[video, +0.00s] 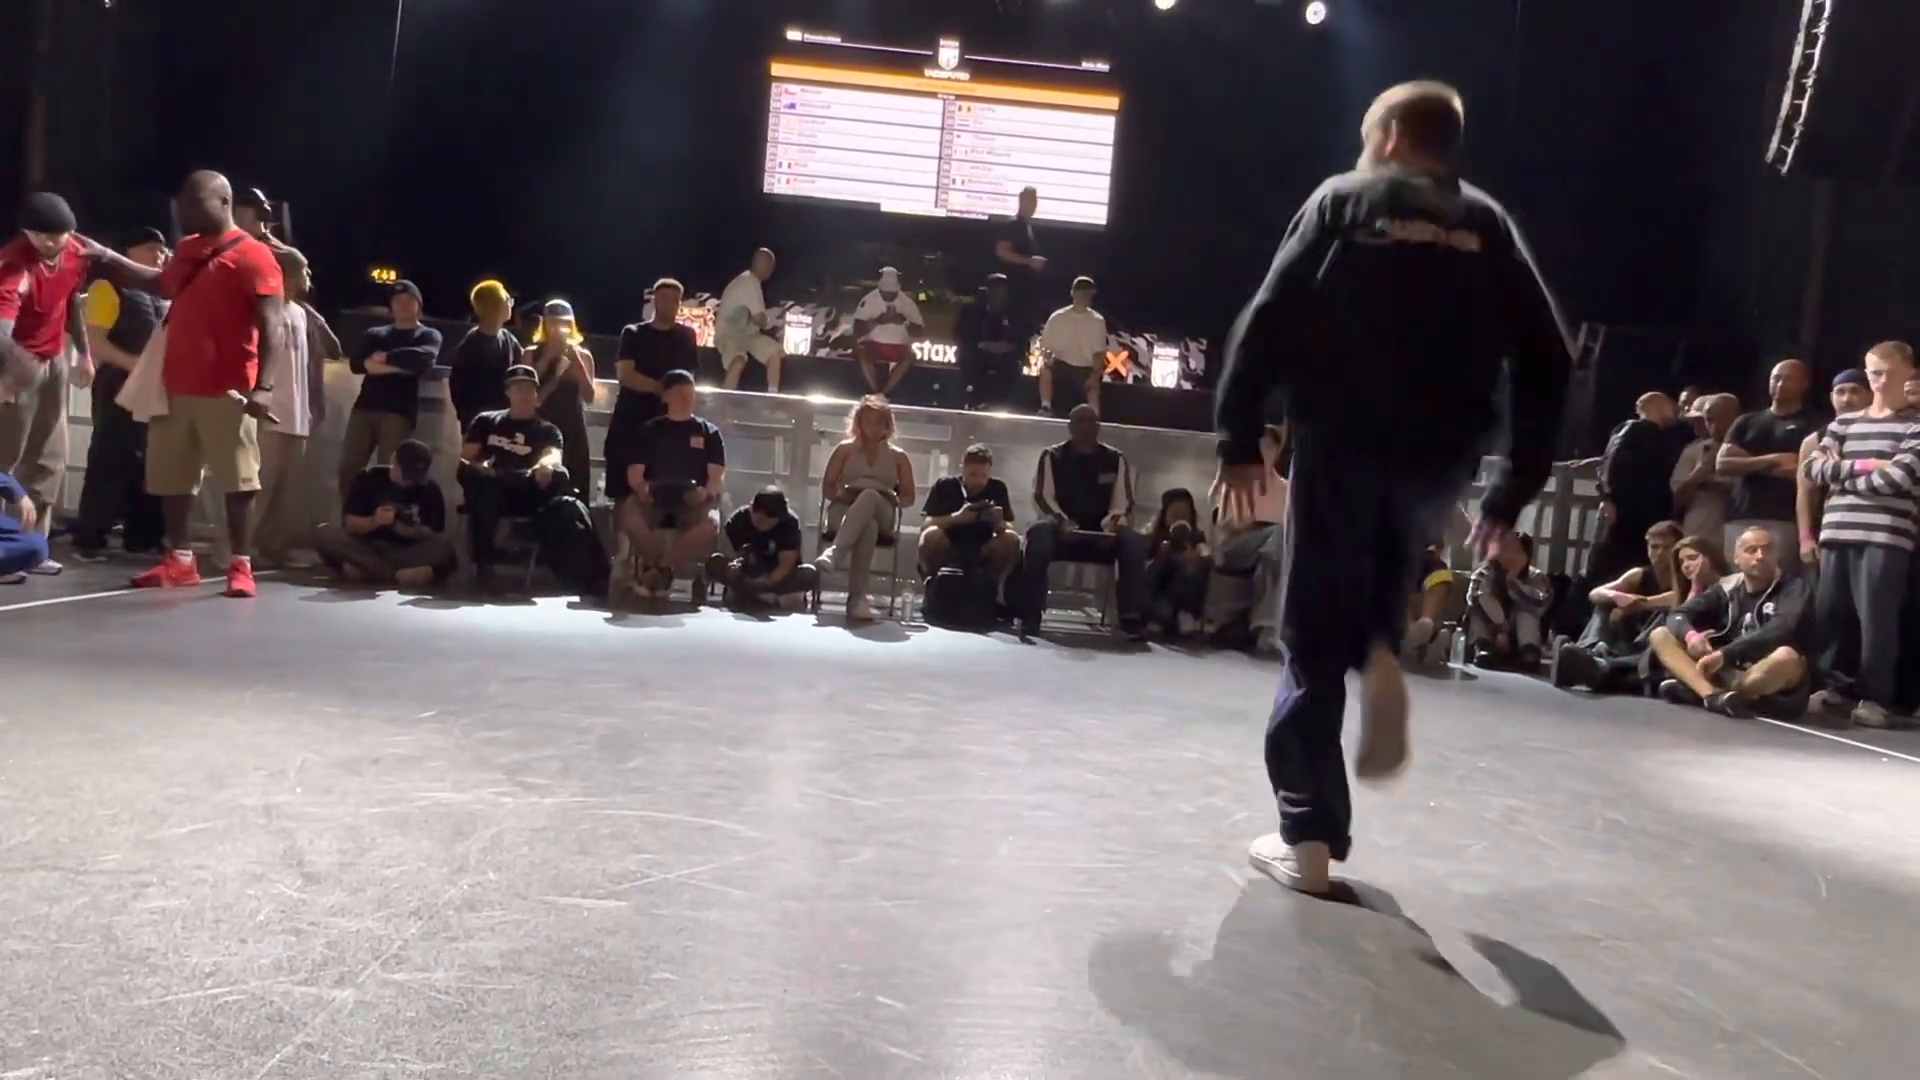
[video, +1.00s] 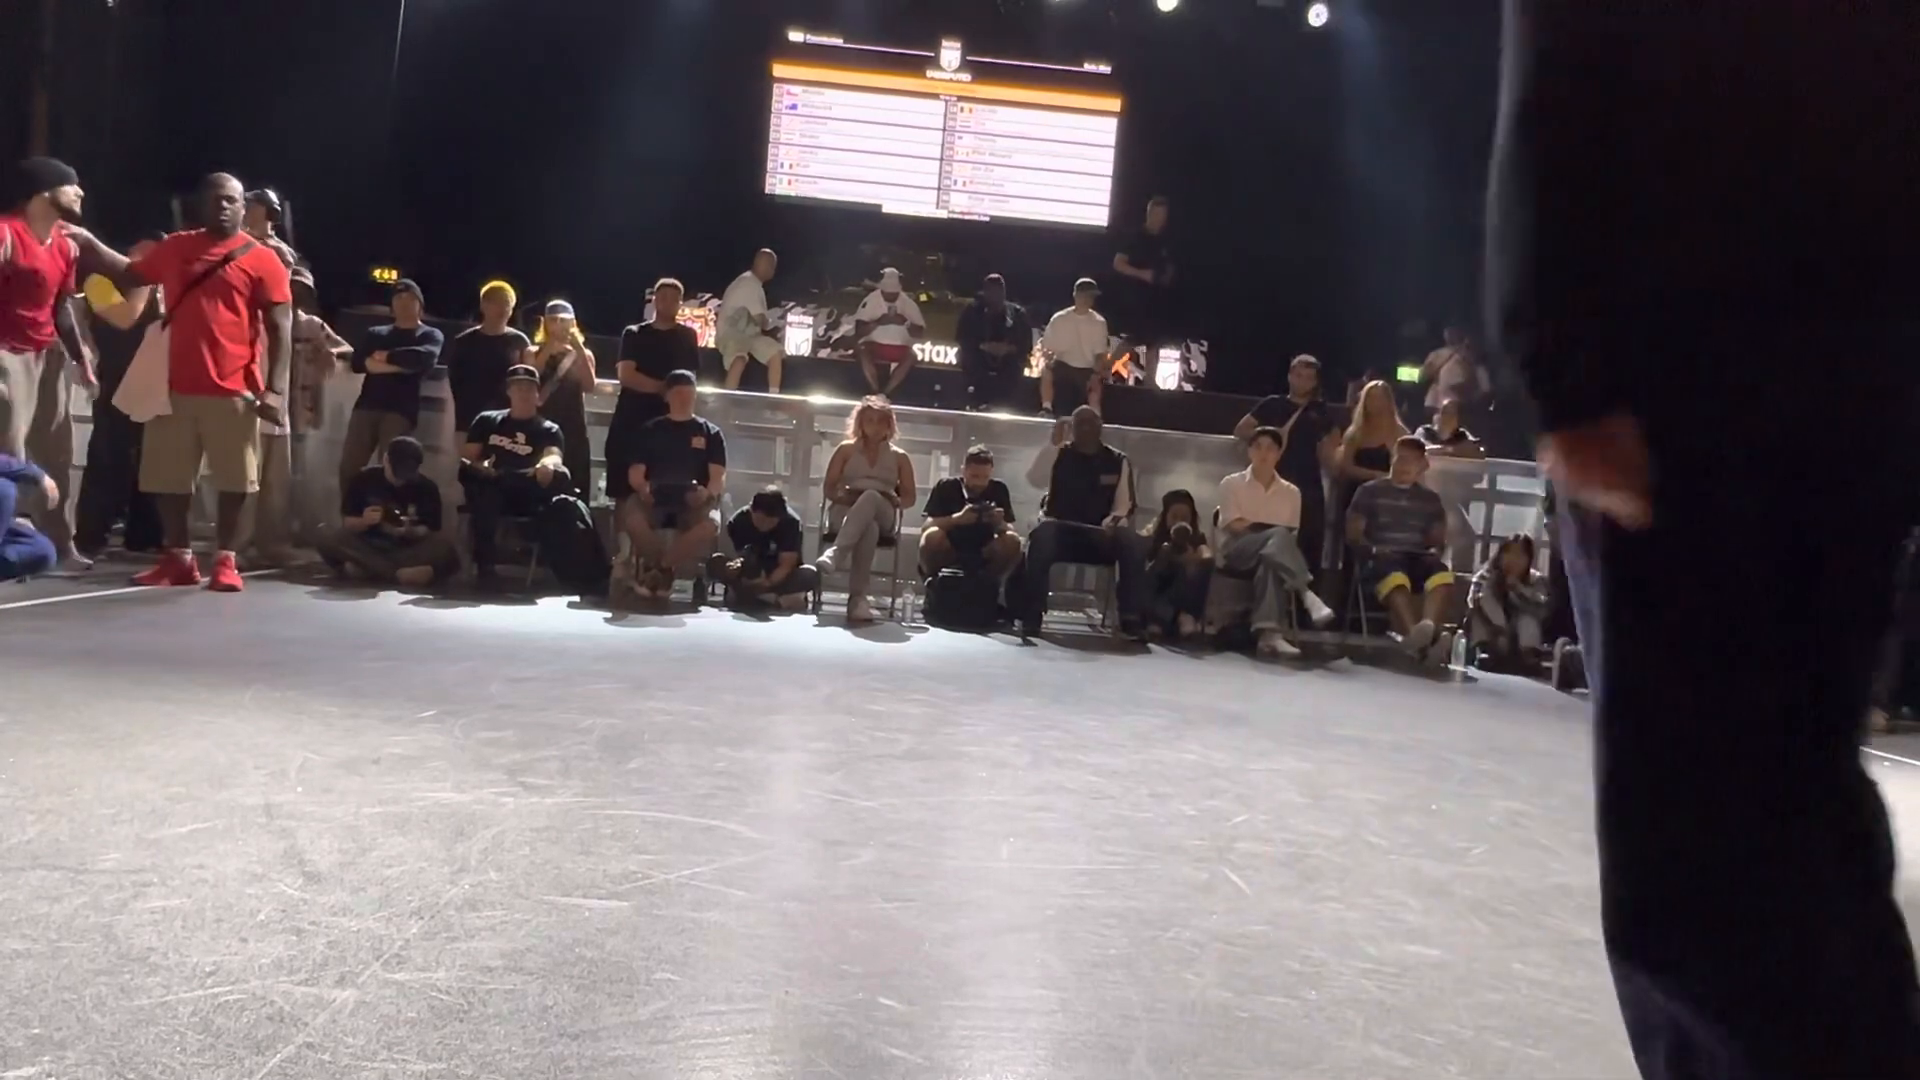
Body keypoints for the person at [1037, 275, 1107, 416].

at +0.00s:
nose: (1083, 296)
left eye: (1086, 292)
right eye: (1079, 291)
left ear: (1091, 295)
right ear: (1072, 293)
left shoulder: (1097, 321)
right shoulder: (1058, 317)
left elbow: (1099, 352)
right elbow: (1045, 345)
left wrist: (1095, 375)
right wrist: (1046, 359)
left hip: (1086, 366)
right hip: (1061, 363)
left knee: (1094, 382)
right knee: (1045, 371)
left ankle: (1094, 418)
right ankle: (1045, 407)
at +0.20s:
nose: (1084, 296)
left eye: (1087, 293)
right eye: (1080, 292)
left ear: (1091, 295)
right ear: (1073, 293)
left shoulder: (1097, 320)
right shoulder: (1059, 317)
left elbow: (1098, 352)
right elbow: (1045, 344)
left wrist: (1095, 375)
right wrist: (1048, 360)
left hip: (1086, 365)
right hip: (1061, 362)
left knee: (1093, 382)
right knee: (1045, 371)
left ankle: (1094, 418)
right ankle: (1045, 407)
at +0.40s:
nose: (1084, 296)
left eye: (1088, 293)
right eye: (1081, 292)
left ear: (1092, 296)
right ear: (1073, 294)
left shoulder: (1097, 322)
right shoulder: (1058, 317)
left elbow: (1099, 353)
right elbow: (1044, 344)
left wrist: (1095, 376)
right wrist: (1046, 356)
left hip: (1085, 366)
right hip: (1061, 363)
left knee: (1094, 382)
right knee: (1044, 371)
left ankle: (1094, 418)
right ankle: (1045, 407)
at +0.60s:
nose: (1086, 299)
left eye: (1089, 295)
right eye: (1082, 294)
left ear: (1092, 297)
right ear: (1074, 295)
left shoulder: (1097, 322)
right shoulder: (1058, 318)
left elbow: (1099, 354)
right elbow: (1044, 344)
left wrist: (1094, 376)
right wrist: (1047, 357)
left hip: (1086, 367)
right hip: (1062, 364)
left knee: (1095, 383)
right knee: (1045, 371)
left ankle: (1094, 418)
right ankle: (1046, 408)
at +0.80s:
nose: (1087, 300)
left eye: (1090, 297)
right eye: (1083, 296)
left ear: (1094, 299)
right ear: (1075, 296)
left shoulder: (1099, 323)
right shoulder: (1060, 319)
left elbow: (1101, 355)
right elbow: (1045, 345)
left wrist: (1096, 378)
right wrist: (1048, 358)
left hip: (1087, 368)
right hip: (1063, 365)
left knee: (1095, 382)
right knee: (1046, 372)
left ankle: (1095, 418)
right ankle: (1046, 409)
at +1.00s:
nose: (1087, 299)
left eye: (1090, 296)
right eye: (1083, 295)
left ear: (1093, 298)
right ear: (1075, 296)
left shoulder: (1099, 322)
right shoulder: (1059, 318)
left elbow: (1101, 354)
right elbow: (1046, 345)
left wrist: (1096, 375)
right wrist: (1048, 358)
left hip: (1088, 366)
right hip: (1063, 364)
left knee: (1096, 382)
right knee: (1047, 371)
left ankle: (1095, 416)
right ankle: (1046, 408)